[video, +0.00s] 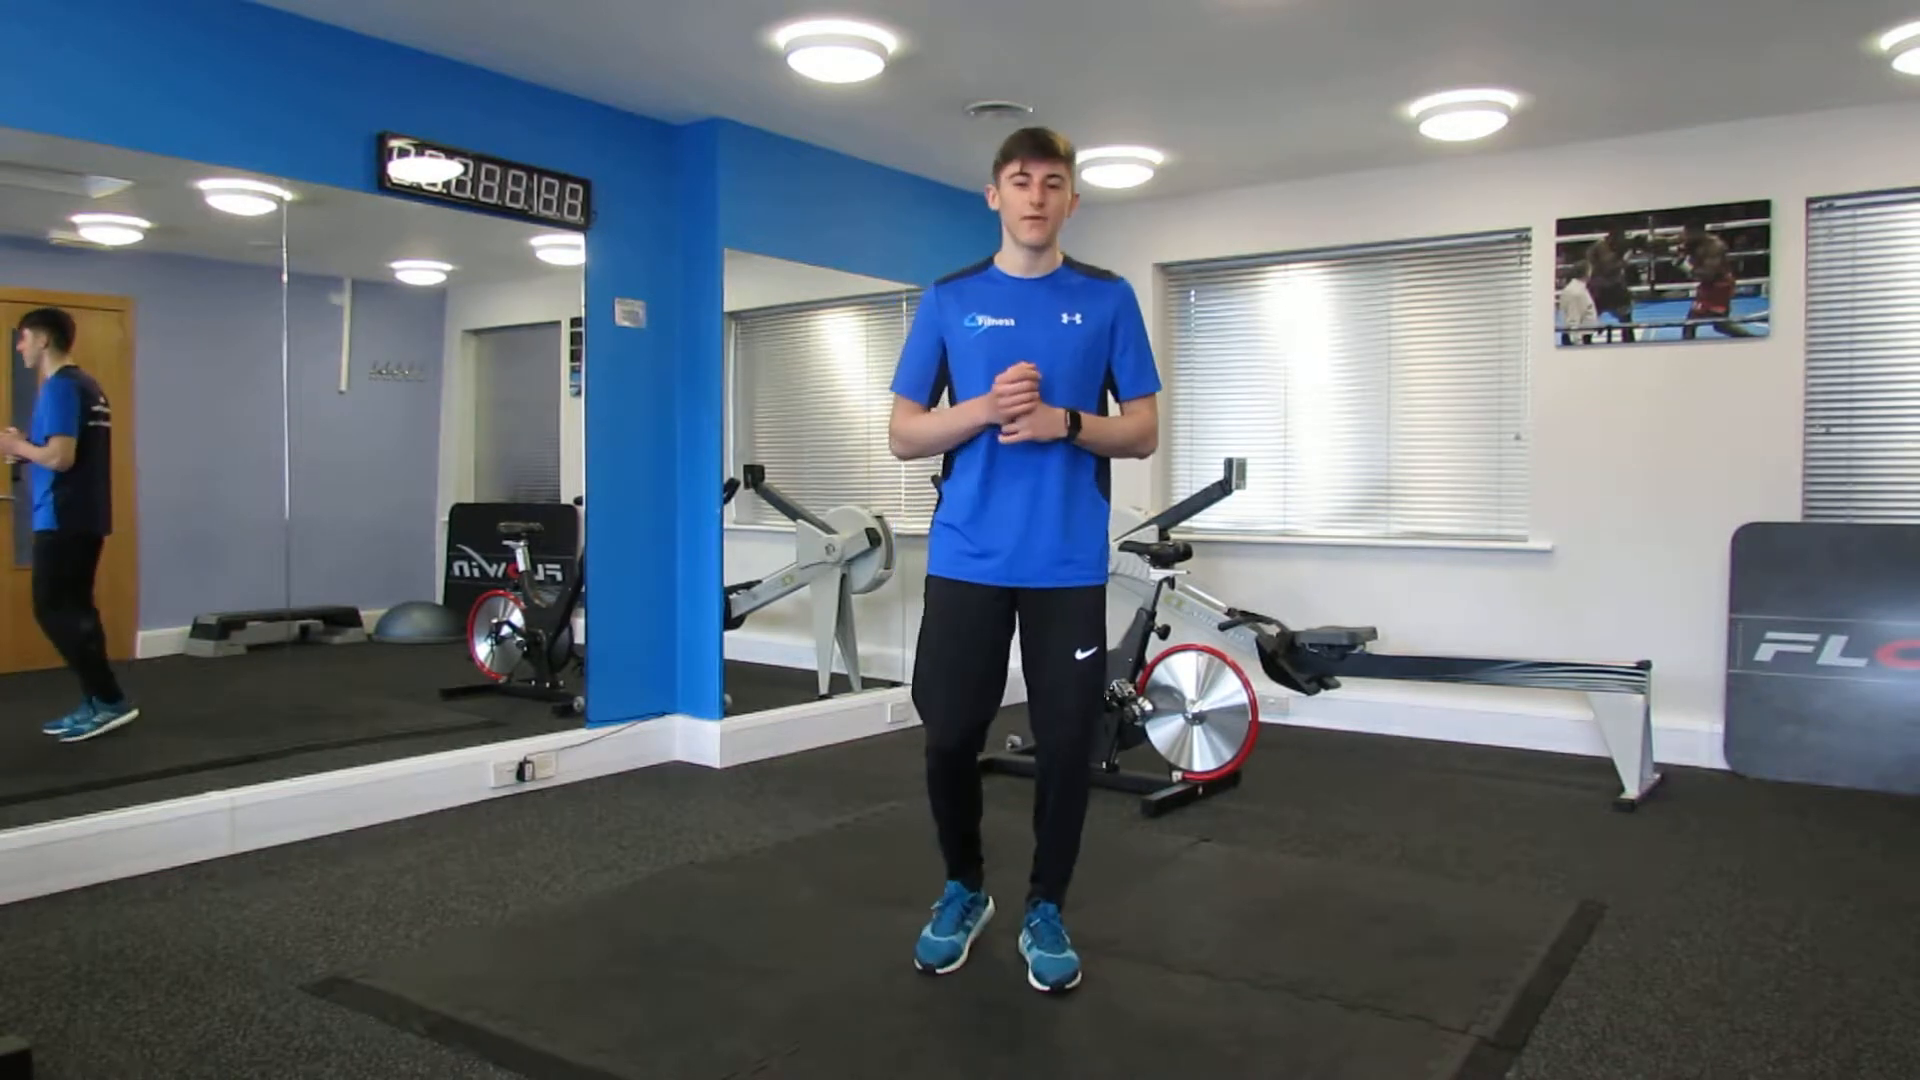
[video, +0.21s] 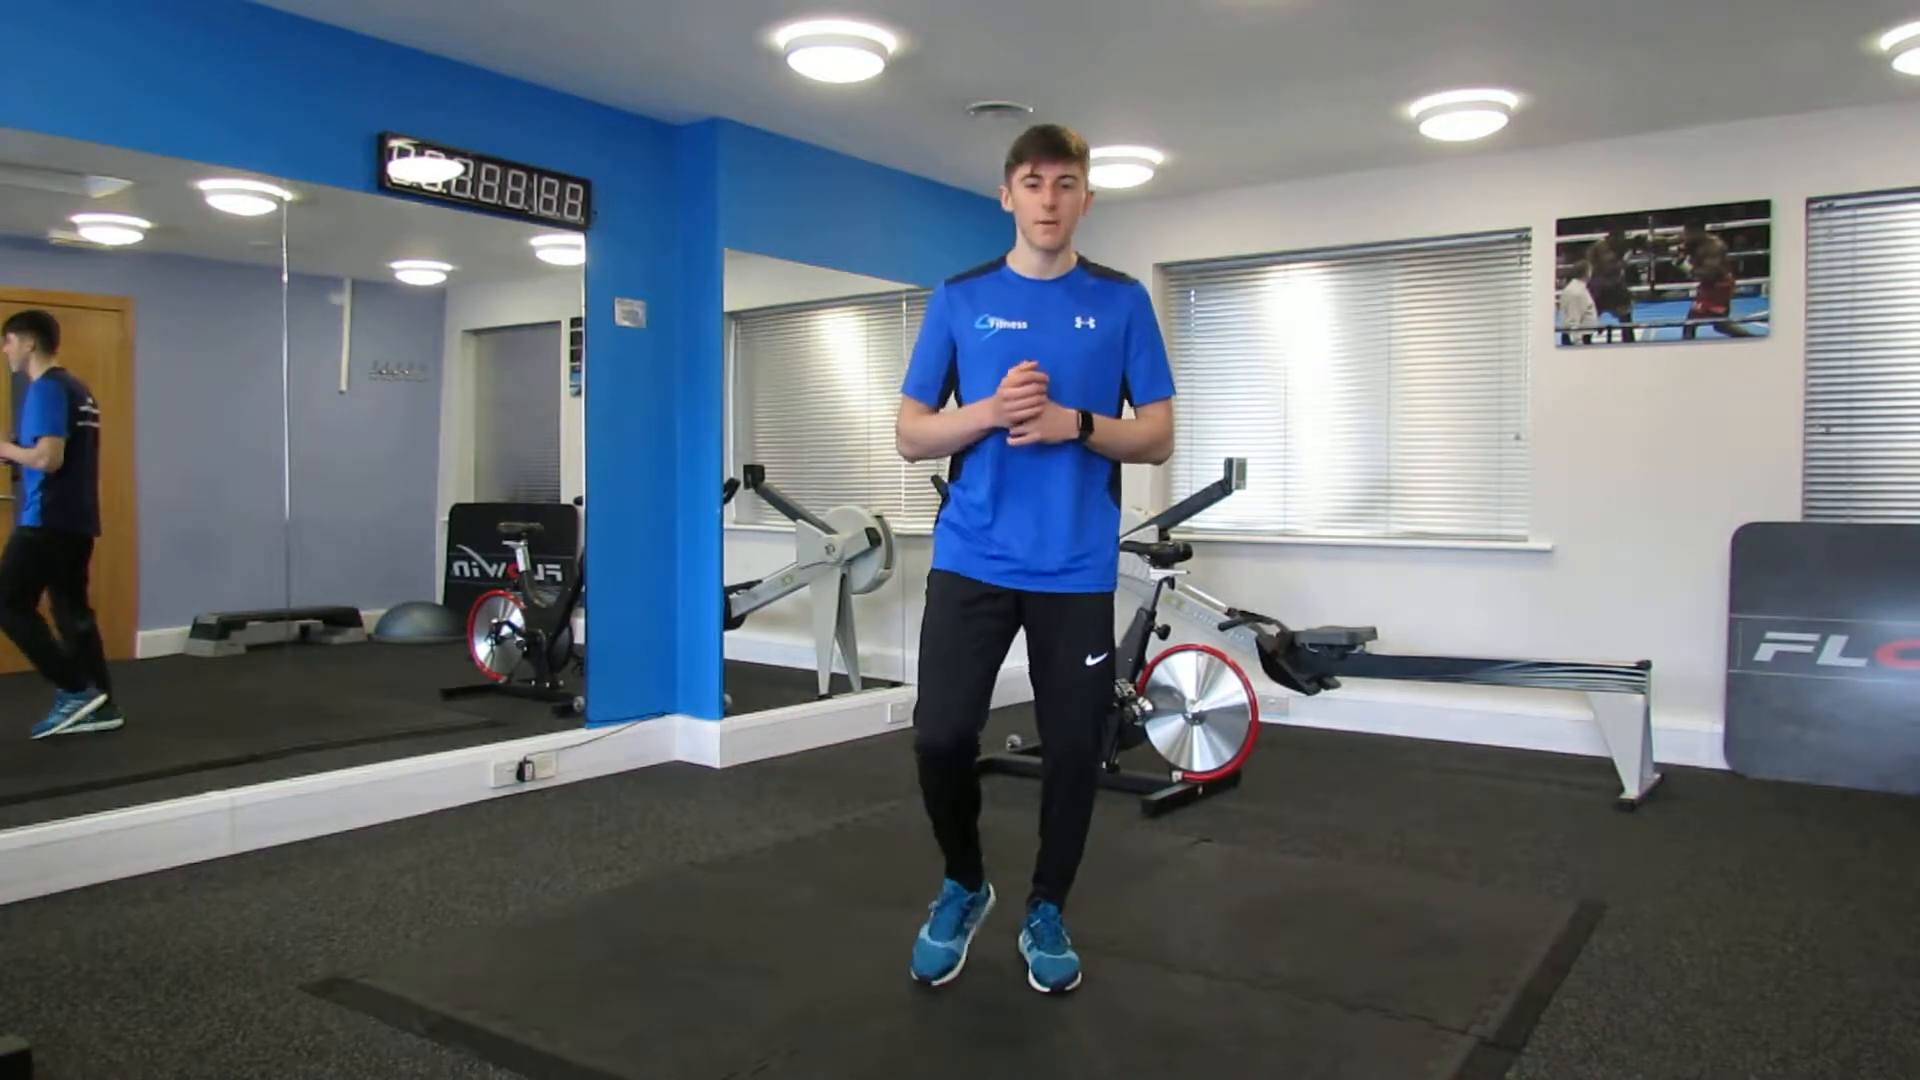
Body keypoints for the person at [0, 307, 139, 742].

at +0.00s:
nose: (19, 347)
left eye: (24, 338)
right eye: (20, 339)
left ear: (43, 340)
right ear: (53, 340)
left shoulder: (60, 387)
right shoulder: (86, 386)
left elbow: (61, 456)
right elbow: (73, 453)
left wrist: (18, 446)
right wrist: (28, 450)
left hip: (64, 523)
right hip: (85, 521)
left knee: (52, 607)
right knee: (76, 606)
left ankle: (108, 701)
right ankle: (98, 700)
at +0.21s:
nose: (6, 352)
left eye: (9, 343)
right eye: (6, 343)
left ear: (29, 343)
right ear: (42, 345)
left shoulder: (47, 389)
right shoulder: (78, 390)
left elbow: (50, 458)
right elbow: (72, 458)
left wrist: (8, 450)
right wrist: (22, 456)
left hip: (46, 525)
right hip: (76, 525)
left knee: (11, 605)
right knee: (73, 609)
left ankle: (75, 689)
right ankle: (100, 702)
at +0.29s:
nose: (1, 350)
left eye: (5, 341)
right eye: (2, 341)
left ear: (24, 344)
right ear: (38, 345)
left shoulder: (39, 387)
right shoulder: (70, 388)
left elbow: (47, 457)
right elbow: (69, 457)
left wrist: (6, 450)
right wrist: (20, 452)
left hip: (37, 525)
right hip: (70, 525)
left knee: (8, 609)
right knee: (72, 610)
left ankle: (39, 703)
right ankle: (100, 703)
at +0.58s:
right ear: (11, 343)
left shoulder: (9, 388)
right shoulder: (32, 389)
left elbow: (11, 459)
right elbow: (37, 459)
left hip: (16, 528)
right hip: (40, 526)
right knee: (54, 611)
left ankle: (97, 700)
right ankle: (97, 701)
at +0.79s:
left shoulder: (6, 400)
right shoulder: (7, 399)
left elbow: (8, 472)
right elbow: (10, 472)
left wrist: (11, 525)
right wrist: (11, 525)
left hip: (3, 527)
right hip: (3, 526)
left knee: (5, 611)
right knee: (5, 610)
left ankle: (74, 682)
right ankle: (73, 682)